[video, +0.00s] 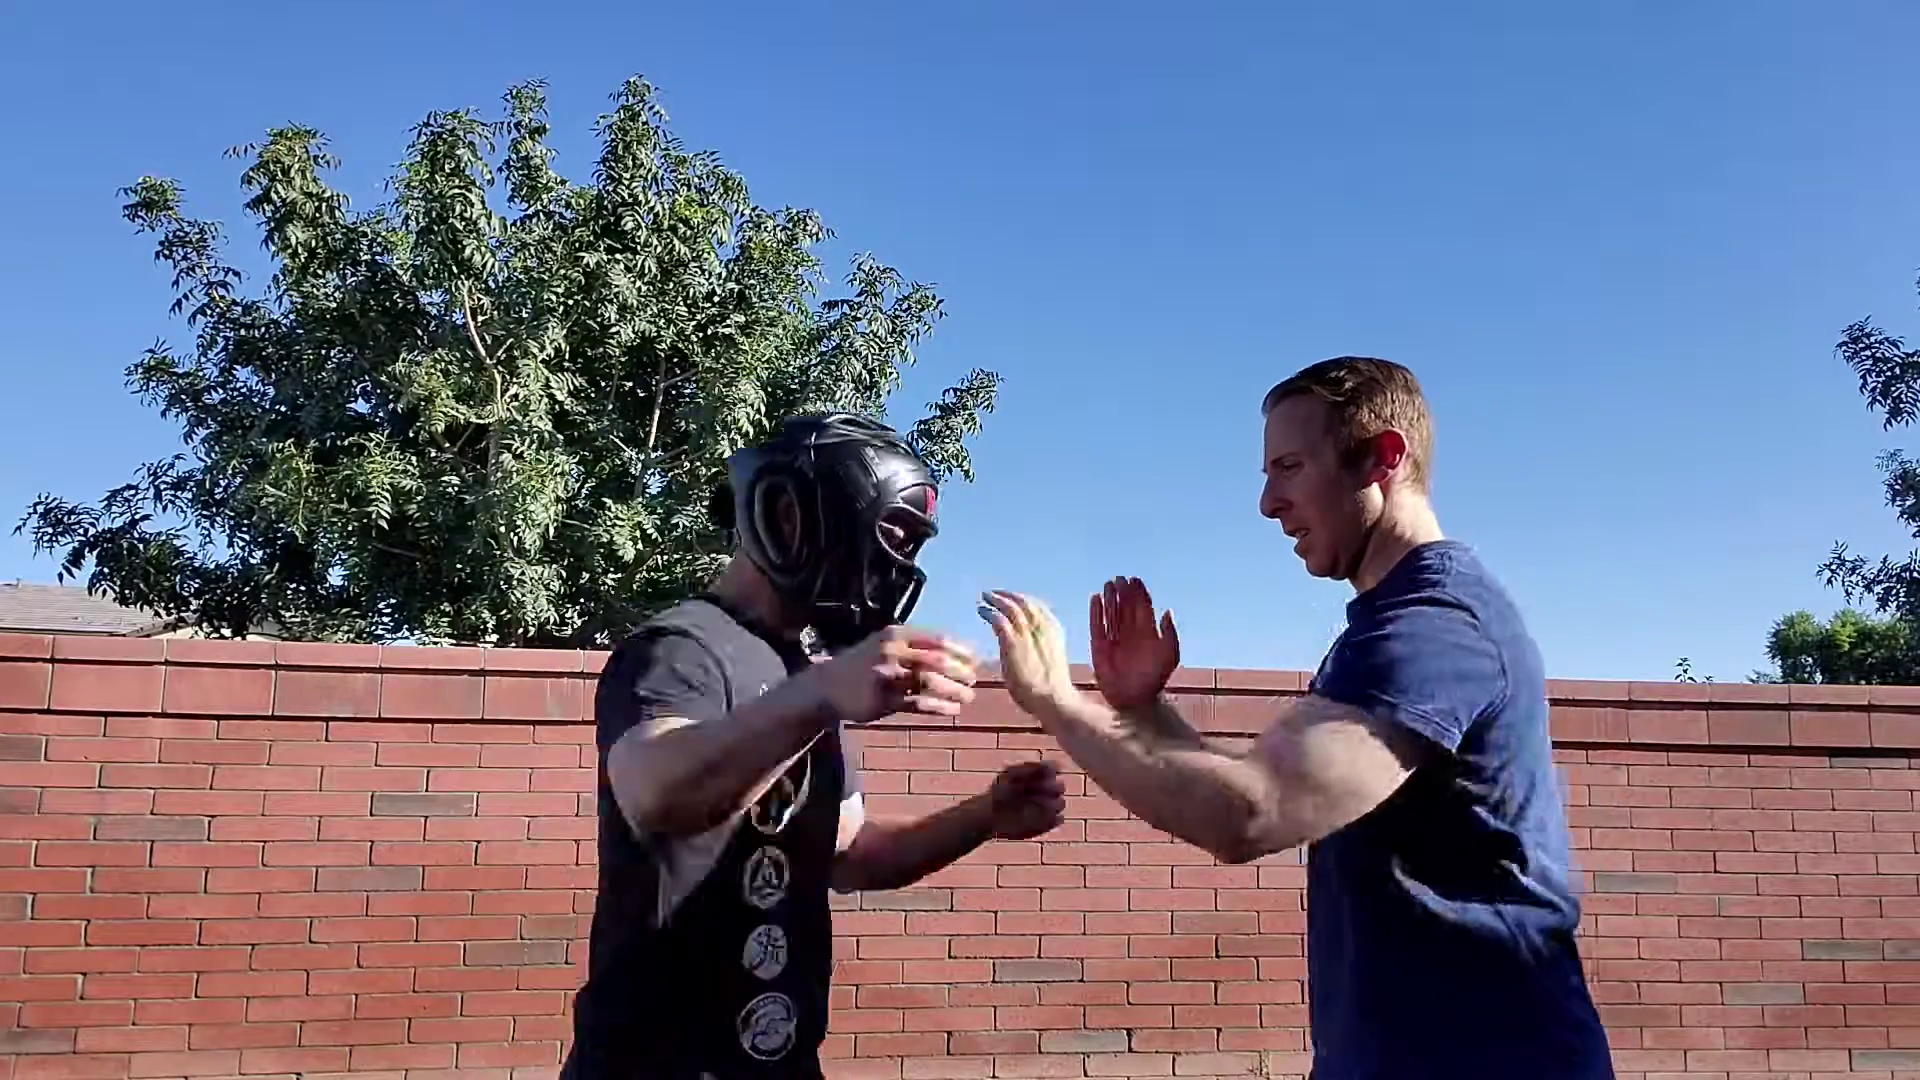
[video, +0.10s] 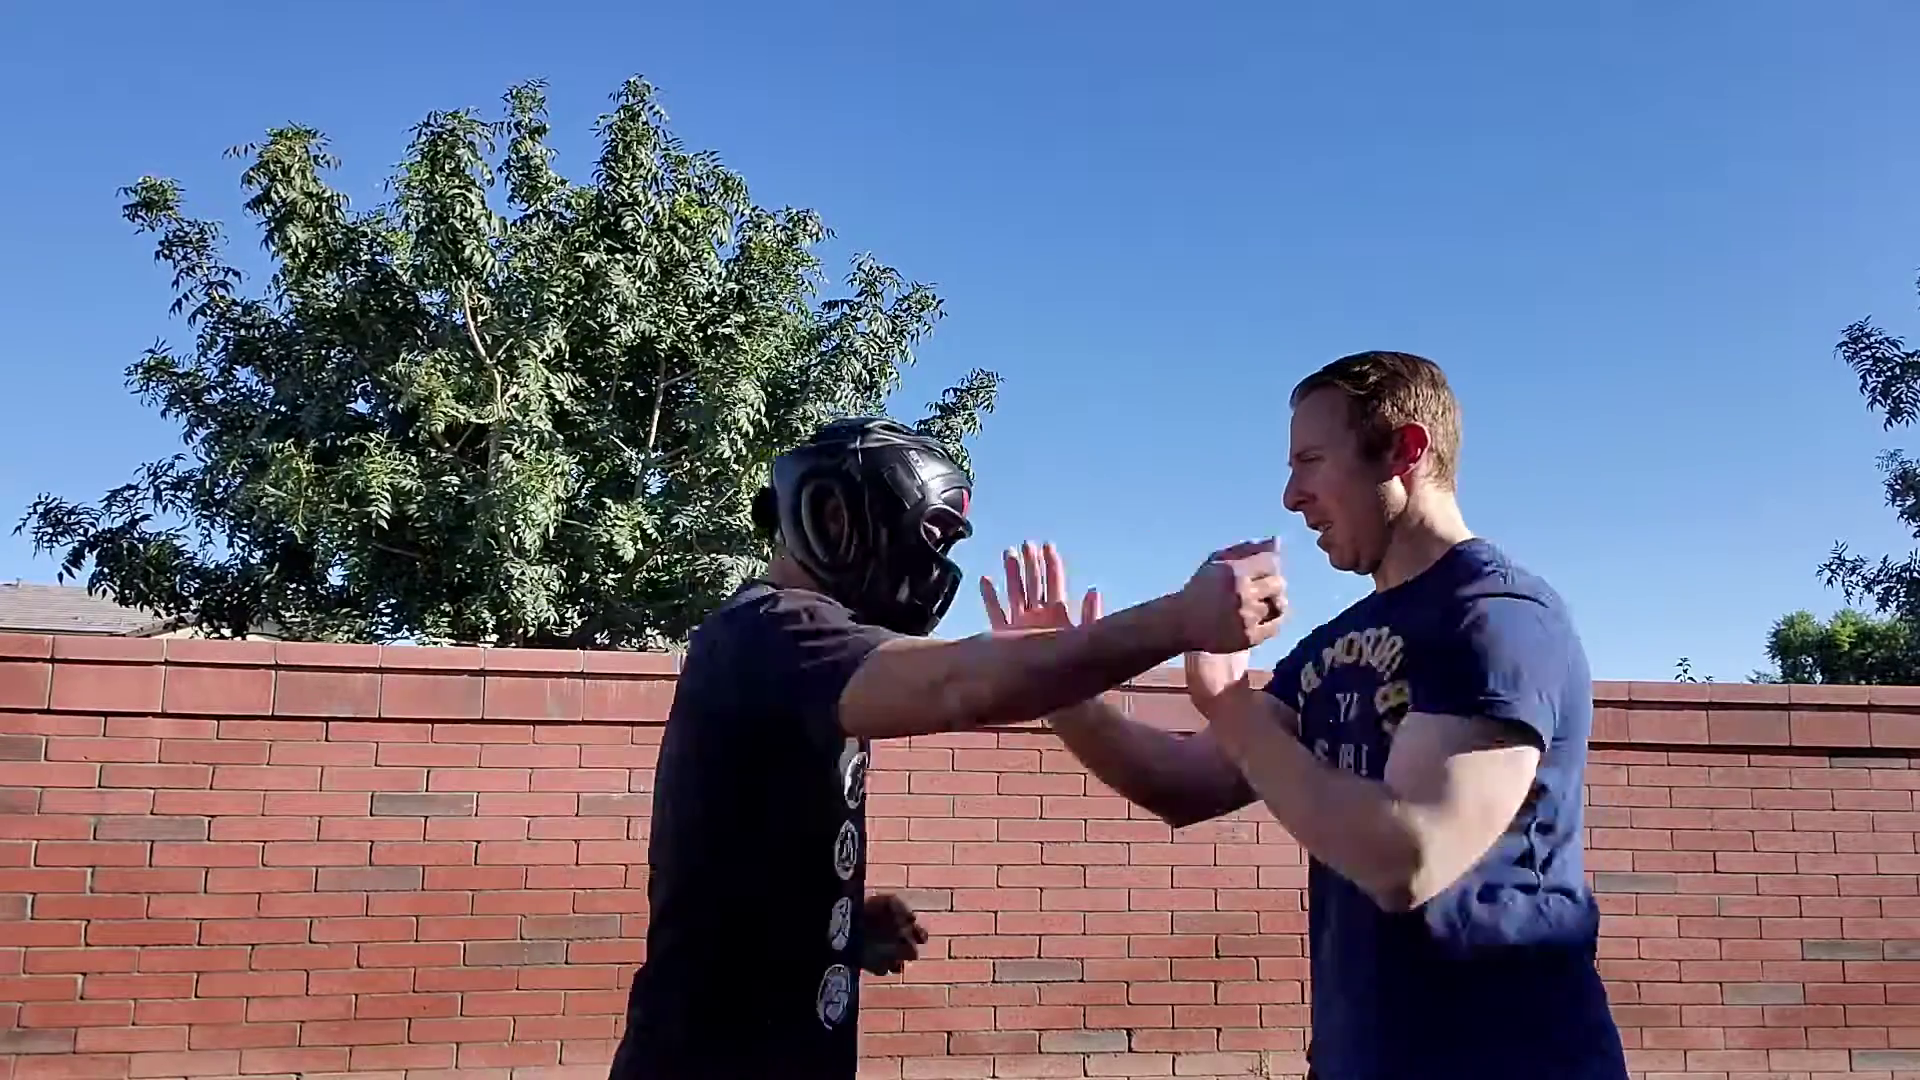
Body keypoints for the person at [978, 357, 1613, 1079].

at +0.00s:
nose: (1267, 502)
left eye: (1288, 467)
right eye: (1269, 473)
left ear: (1382, 462)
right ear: (1381, 469)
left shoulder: (1440, 621)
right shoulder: (1386, 623)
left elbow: (1247, 817)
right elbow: (1260, 796)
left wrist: (1056, 706)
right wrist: (1147, 710)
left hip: (1478, 1056)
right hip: (1395, 1052)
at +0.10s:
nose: (1291, 493)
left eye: (1310, 460)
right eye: (1293, 465)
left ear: (1404, 453)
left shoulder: (1503, 616)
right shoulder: (1327, 651)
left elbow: (1407, 860)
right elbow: (1188, 783)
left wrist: (1232, 704)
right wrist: (1066, 696)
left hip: (1506, 1050)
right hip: (1361, 1047)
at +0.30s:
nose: (1321, 499)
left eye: (1338, 464)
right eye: (1324, 472)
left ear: (1428, 458)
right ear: (1427, 461)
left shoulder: (1534, 609)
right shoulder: (1370, 647)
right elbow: (1190, 799)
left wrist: (1210, 680)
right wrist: (1033, 730)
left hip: (1530, 1052)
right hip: (1382, 1050)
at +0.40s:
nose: (1312, 502)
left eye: (1331, 468)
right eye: (1315, 473)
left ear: (1418, 460)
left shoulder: (1486, 603)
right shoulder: (1425, 621)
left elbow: (1222, 680)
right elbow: (1253, 768)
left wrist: (1079, 608)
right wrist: (1106, 708)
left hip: (1497, 1040)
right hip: (1389, 1036)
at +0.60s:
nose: (1298, 513)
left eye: (1314, 477)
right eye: (1302, 483)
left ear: (1398, 469)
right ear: (1397, 475)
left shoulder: (1472, 602)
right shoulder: (1417, 617)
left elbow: (1209, 681)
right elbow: (1239, 735)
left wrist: (1041, 613)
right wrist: (1082, 702)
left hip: (1493, 1034)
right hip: (1392, 1029)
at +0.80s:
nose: (1288, 500)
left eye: (1306, 466)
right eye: (1289, 473)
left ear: (1399, 456)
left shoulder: (1491, 602)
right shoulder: (1338, 655)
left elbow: (1344, 796)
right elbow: (1228, 828)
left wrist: (1160, 683)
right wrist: (1087, 782)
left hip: (1510, 1042)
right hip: (1367, 1044)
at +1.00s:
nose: (1330, 484)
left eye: (1353, 450)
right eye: (1335, 454)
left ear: (1451, 449)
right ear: (1449, 454)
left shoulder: (1493, 618)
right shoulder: (1434, 614)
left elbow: (1223, 723)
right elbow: (1280, 753)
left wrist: (1029, 616)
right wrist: (1171, 623)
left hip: (1492, 1056)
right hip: (1391, 1049)